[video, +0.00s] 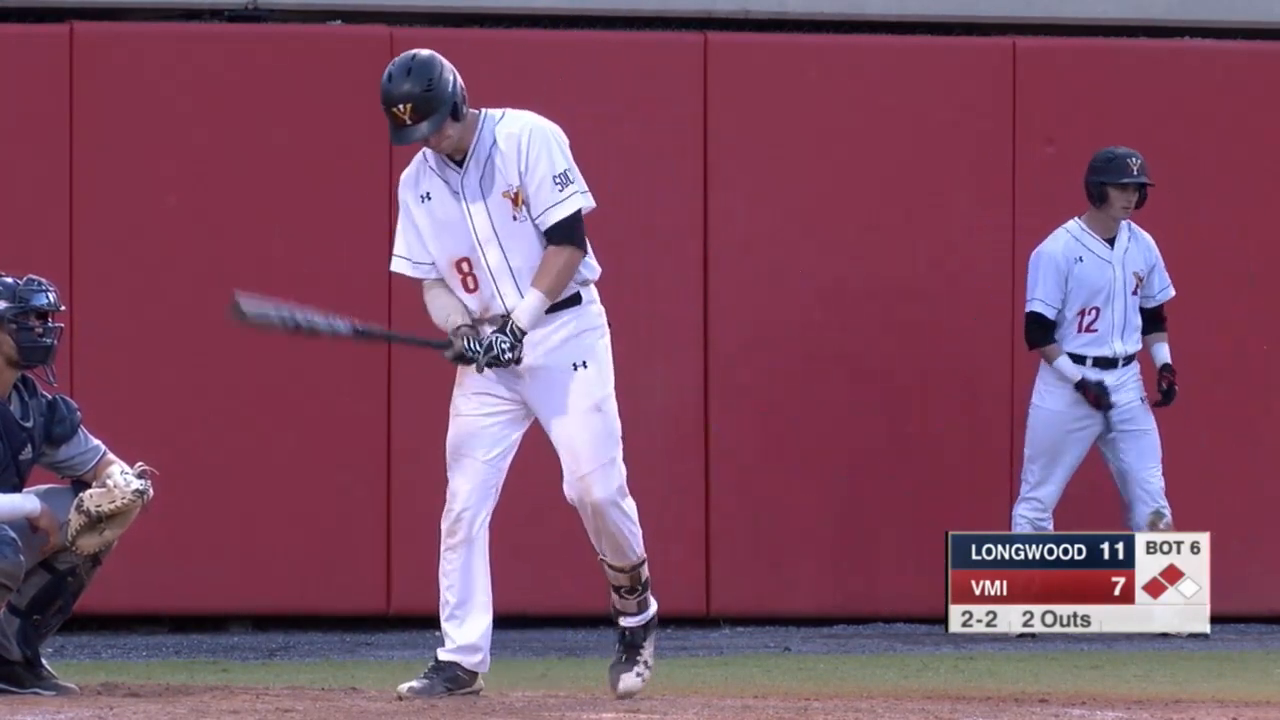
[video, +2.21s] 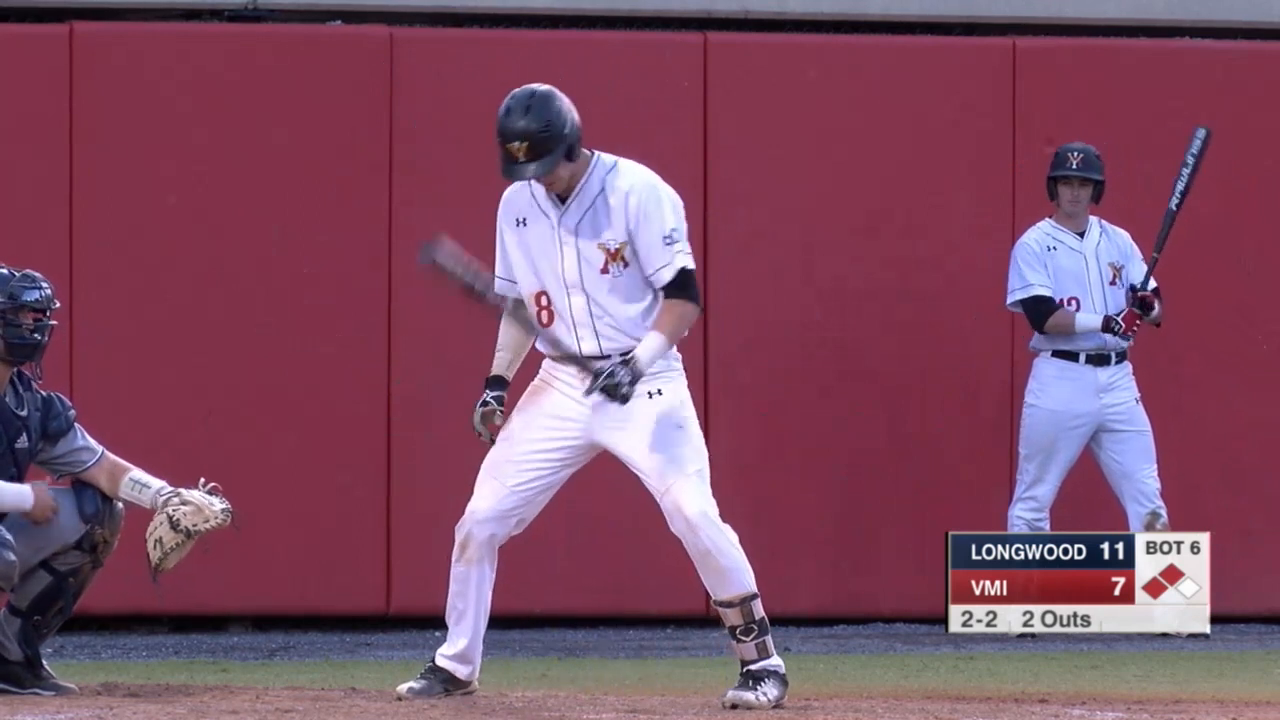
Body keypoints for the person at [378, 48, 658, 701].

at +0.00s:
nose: (430, 143)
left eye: (436, 129)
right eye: (419, 135)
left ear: (460, 104)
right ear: (410, 124)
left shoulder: (532, 137)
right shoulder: (416, 181)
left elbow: (567, 244)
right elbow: (433, 284)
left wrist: (518, 320)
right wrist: (460, 329)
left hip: (566, 340)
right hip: (487, 356)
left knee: (594, 489)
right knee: (463, 508)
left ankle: (635, 613)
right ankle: (460, 661)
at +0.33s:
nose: (440, 150)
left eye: (445, 135)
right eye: (428, 142)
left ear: (469, 111)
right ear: (417, 131)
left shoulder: (541, 145)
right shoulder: (423, 184)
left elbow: (590, 254)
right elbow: (440, 291)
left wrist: (565, 338)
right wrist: (472, 357)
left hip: (583, 331)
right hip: (501, 352)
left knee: (641, 472)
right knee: (470, 510)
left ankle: (715, 634)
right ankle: (461, 661)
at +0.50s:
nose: (480, 172)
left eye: (485, 159)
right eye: (469, 163)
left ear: (511, 137)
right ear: (459, 150)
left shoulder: (580, 169)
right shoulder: (467, 192)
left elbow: (627, 279)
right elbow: (463, 294)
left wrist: (603, 366)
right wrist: (445, 392)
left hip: (618, 353)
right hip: (539, 360)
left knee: (667, 491)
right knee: (484, 508)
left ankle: (744, 655)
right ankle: (461, 661)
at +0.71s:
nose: (543, 212)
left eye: (551, 200)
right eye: (532, 202)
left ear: (580, 176)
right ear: (519, 179)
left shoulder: (639, 207)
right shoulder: (527, 202)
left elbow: (667, 324)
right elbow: (526, 276)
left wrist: (633, 412)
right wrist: (497, 356)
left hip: (660, 374)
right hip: (578, 373)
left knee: (694, 504)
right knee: (513, 510)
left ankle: (755, 661)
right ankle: (462, 664)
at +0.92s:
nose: (583, 247)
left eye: (596, 239)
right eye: (575, 234)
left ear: (627, 220)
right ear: (564, 204)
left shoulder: (674, 253)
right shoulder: (562, 206)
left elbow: (673, 372)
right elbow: (586, 283)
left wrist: (643, 465)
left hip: (666, 377)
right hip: (587, 372)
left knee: (697, 501)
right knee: (526, 506)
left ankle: (754, 661)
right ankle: (463, 663)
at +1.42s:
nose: (546, 202)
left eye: (557, 192)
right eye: (536, 190)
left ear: (587, 172)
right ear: (523, 171)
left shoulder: (644, 217)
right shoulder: (519, 196)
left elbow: (656, 334)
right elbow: (518, 273)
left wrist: (639, 434)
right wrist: (501, 356)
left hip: (638, 378)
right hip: (553, 377)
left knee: (680, 502)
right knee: (485, 513)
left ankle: (753, 661)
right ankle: (457, 663)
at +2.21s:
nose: (535, 179)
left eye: (542, 166)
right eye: (525, 168)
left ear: (571, 146)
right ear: (515, 154)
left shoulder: (638, 190)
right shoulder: (516, 203)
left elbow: (684, 295)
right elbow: (519, 306)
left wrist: (639, 359)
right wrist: (497, 382)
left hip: (645, 383)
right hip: (558, 389)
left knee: (691, 512)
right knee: (479, 522)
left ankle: (761, 665)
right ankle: (455, 666)